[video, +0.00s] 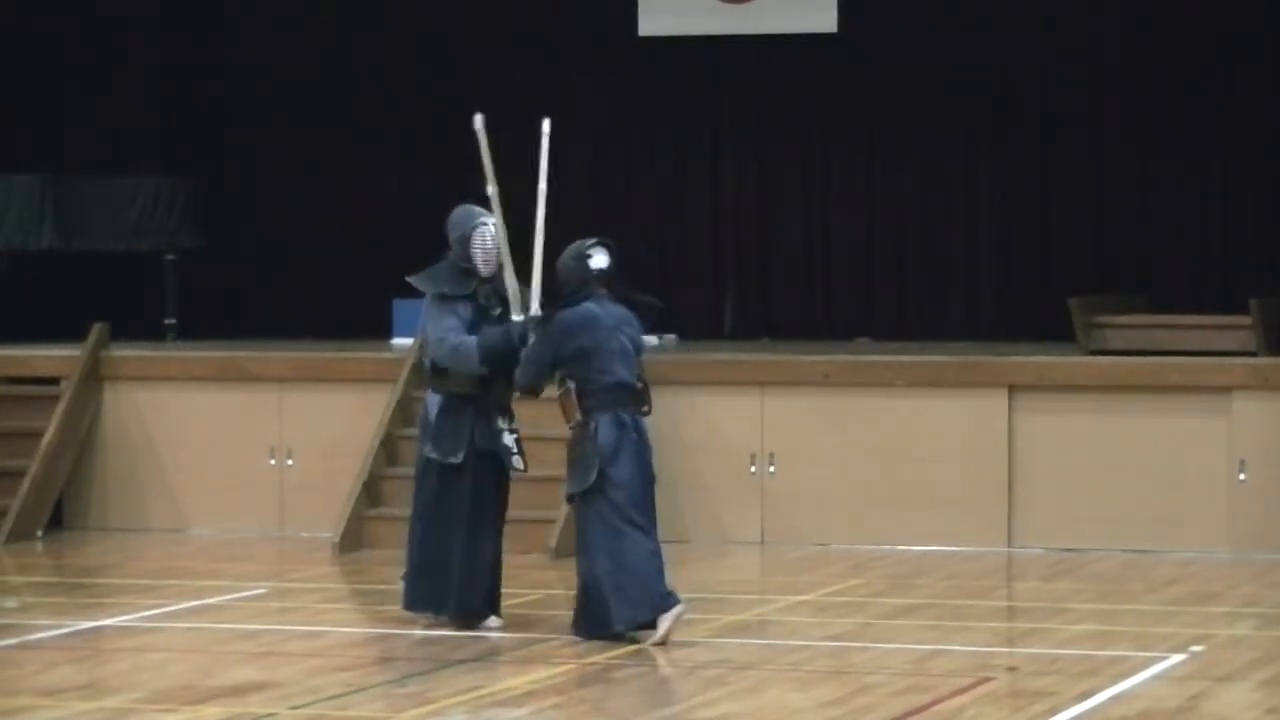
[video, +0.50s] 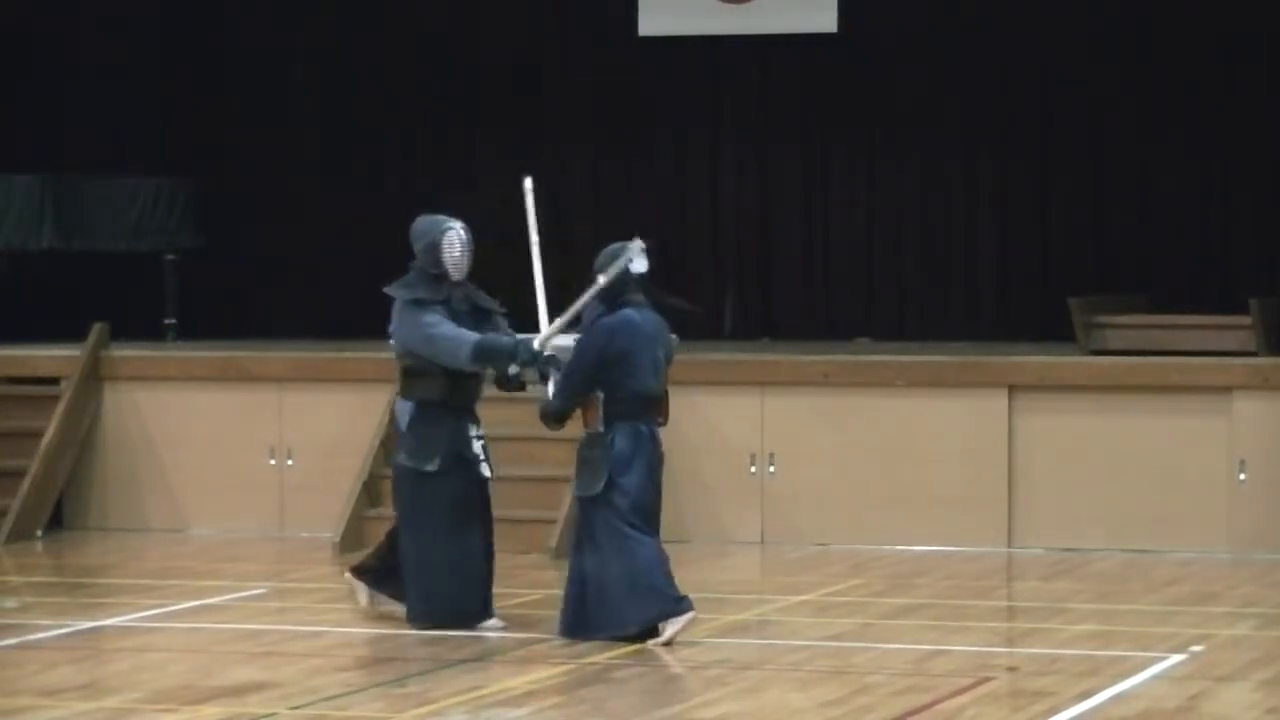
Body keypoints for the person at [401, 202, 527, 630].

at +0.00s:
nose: (488, 250)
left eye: (492, 241)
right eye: (479, 241)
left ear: (499, 246)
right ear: (460, 246)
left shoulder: (501, 294)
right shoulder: (446, 295)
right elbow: (445, 352)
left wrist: (530, 335)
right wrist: (511, 338)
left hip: (490, 409)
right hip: (453, 410)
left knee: (485, 506)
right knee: (451, 505)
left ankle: (478, 607)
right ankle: (443, 604)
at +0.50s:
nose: (459, 256)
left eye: (462, 247)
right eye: (449, 248)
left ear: (468, 251)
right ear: (427, 253)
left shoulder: (472, 301)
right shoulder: (413, 310)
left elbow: (500, 361)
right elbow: (463, 348)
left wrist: (537, 363)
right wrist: (533, 346)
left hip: (462, 418)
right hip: (426, 419)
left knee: (469, 511)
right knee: (436, 512)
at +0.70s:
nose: (412, 266)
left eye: (415, 256)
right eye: (402, 258)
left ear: (419, 259)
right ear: (380, 262)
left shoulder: (419, 308)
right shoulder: (367, 319)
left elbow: (452, 342)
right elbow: (410, 359)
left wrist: (485, 362)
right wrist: (462, 369)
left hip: (421, 420)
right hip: (385, 423)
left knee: (431, 511)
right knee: (425, 515)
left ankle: (369, 586)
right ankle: (458, 608)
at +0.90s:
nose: (366, 259)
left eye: (369, 250)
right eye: (357, 251)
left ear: (373, 253)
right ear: (335, 255)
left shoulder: (369, 304)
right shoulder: (318, 313)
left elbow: (394, 344)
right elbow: (355, 352)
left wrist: (422, 362)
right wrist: (408, 370)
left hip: (368, 414)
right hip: (333, 416)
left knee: (386, 504)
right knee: (354, 508)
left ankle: (394, 597)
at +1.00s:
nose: (345, 256)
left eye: (347, 247)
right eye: (336, 248)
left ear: (349, 250)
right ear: (313, 251)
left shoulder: (345, 302)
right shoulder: (296, 309)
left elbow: (370, 346)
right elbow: (339, 351)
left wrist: (405, 363)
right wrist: (401, 369)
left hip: (343, 411)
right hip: (306, 412)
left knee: (364, 501)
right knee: (320, 501)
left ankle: (357, 593)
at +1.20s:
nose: (304, 257)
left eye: (305, 248)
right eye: (296, 249)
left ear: (302, 251)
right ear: (274, 251)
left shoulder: (288, 300)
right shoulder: (255, 305)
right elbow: (300, 341)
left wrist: (335, 366)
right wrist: (360, 361)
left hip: (276, 412)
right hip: (255, 414)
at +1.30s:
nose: (286, 250)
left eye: (287, 241)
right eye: (278, 242)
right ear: (257, 245)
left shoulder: (270, 292)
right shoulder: (236, 299)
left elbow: (283, 339)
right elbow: (285, 335)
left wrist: (311, 360)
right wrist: (342, 354)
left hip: (260, 408)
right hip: (230, 407)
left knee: (266, 499)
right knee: (227, 498)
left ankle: (247, 586)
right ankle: (217, 594)